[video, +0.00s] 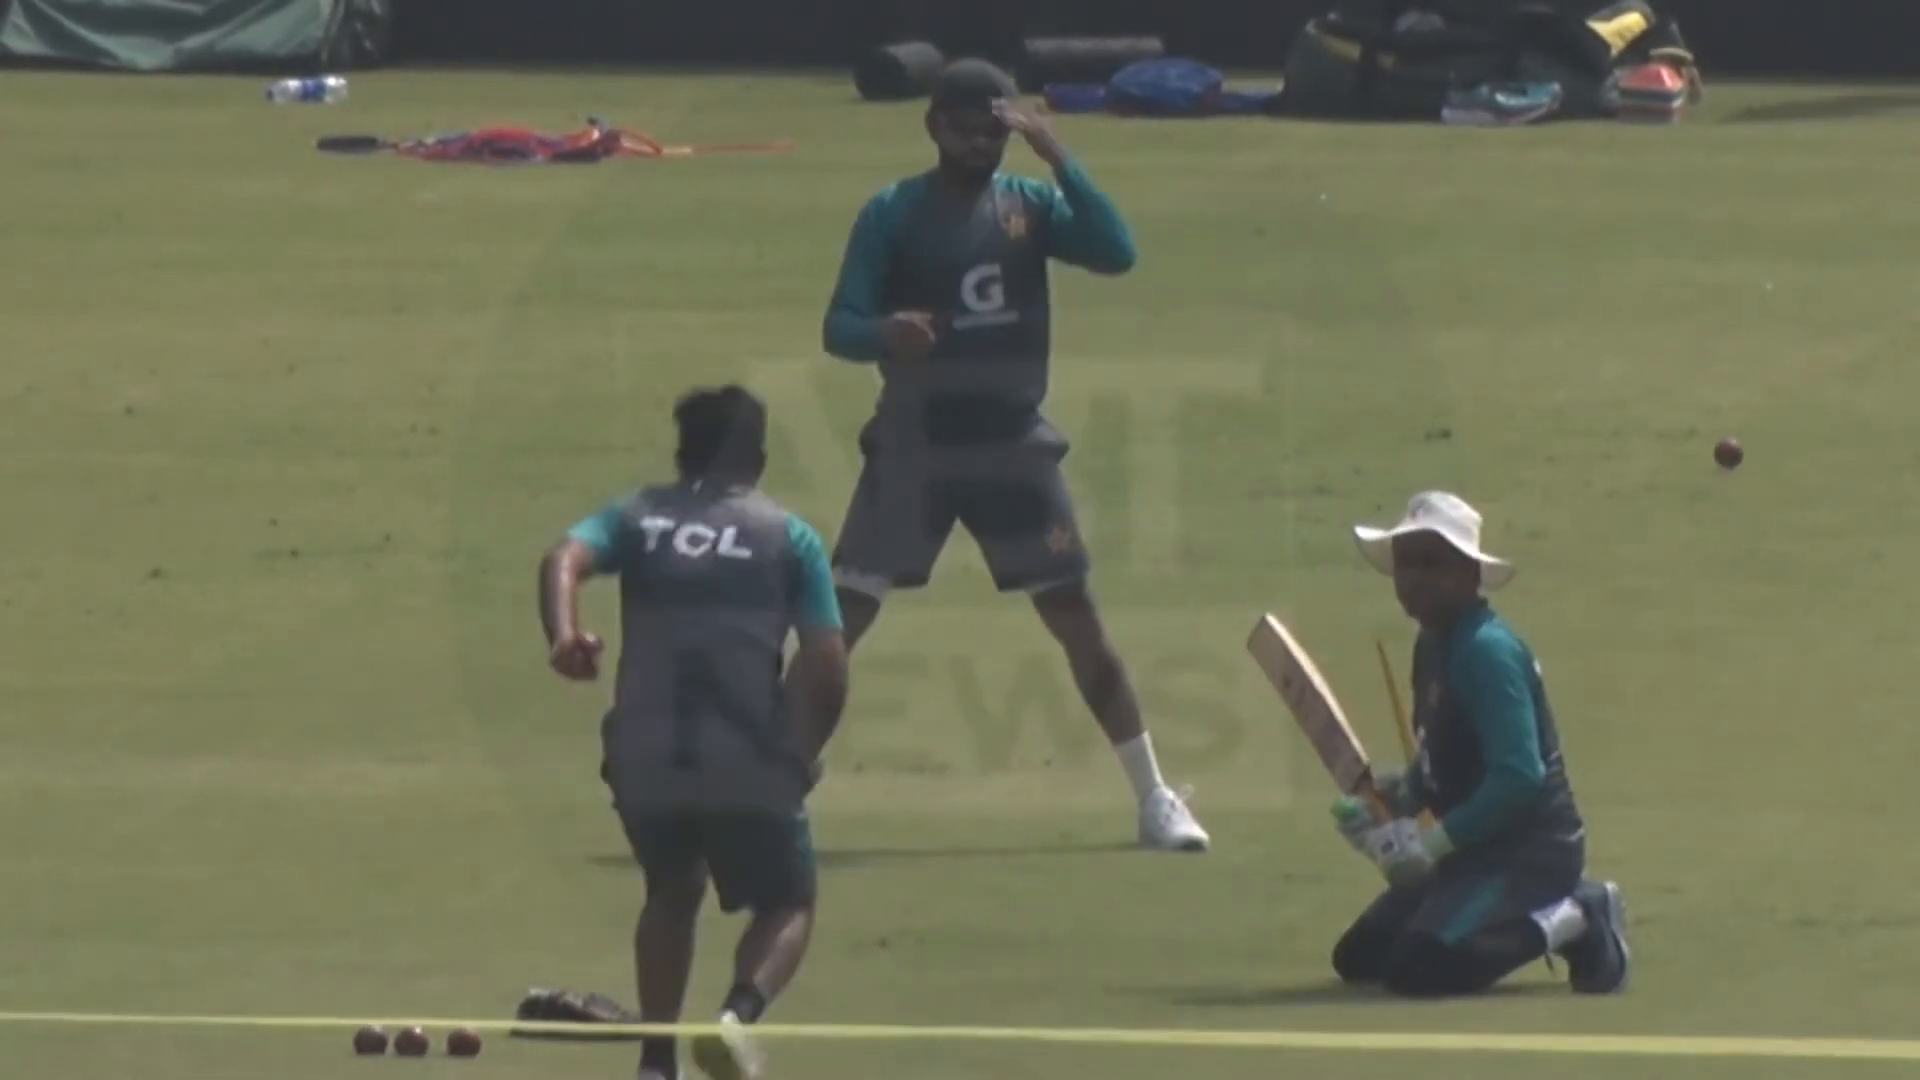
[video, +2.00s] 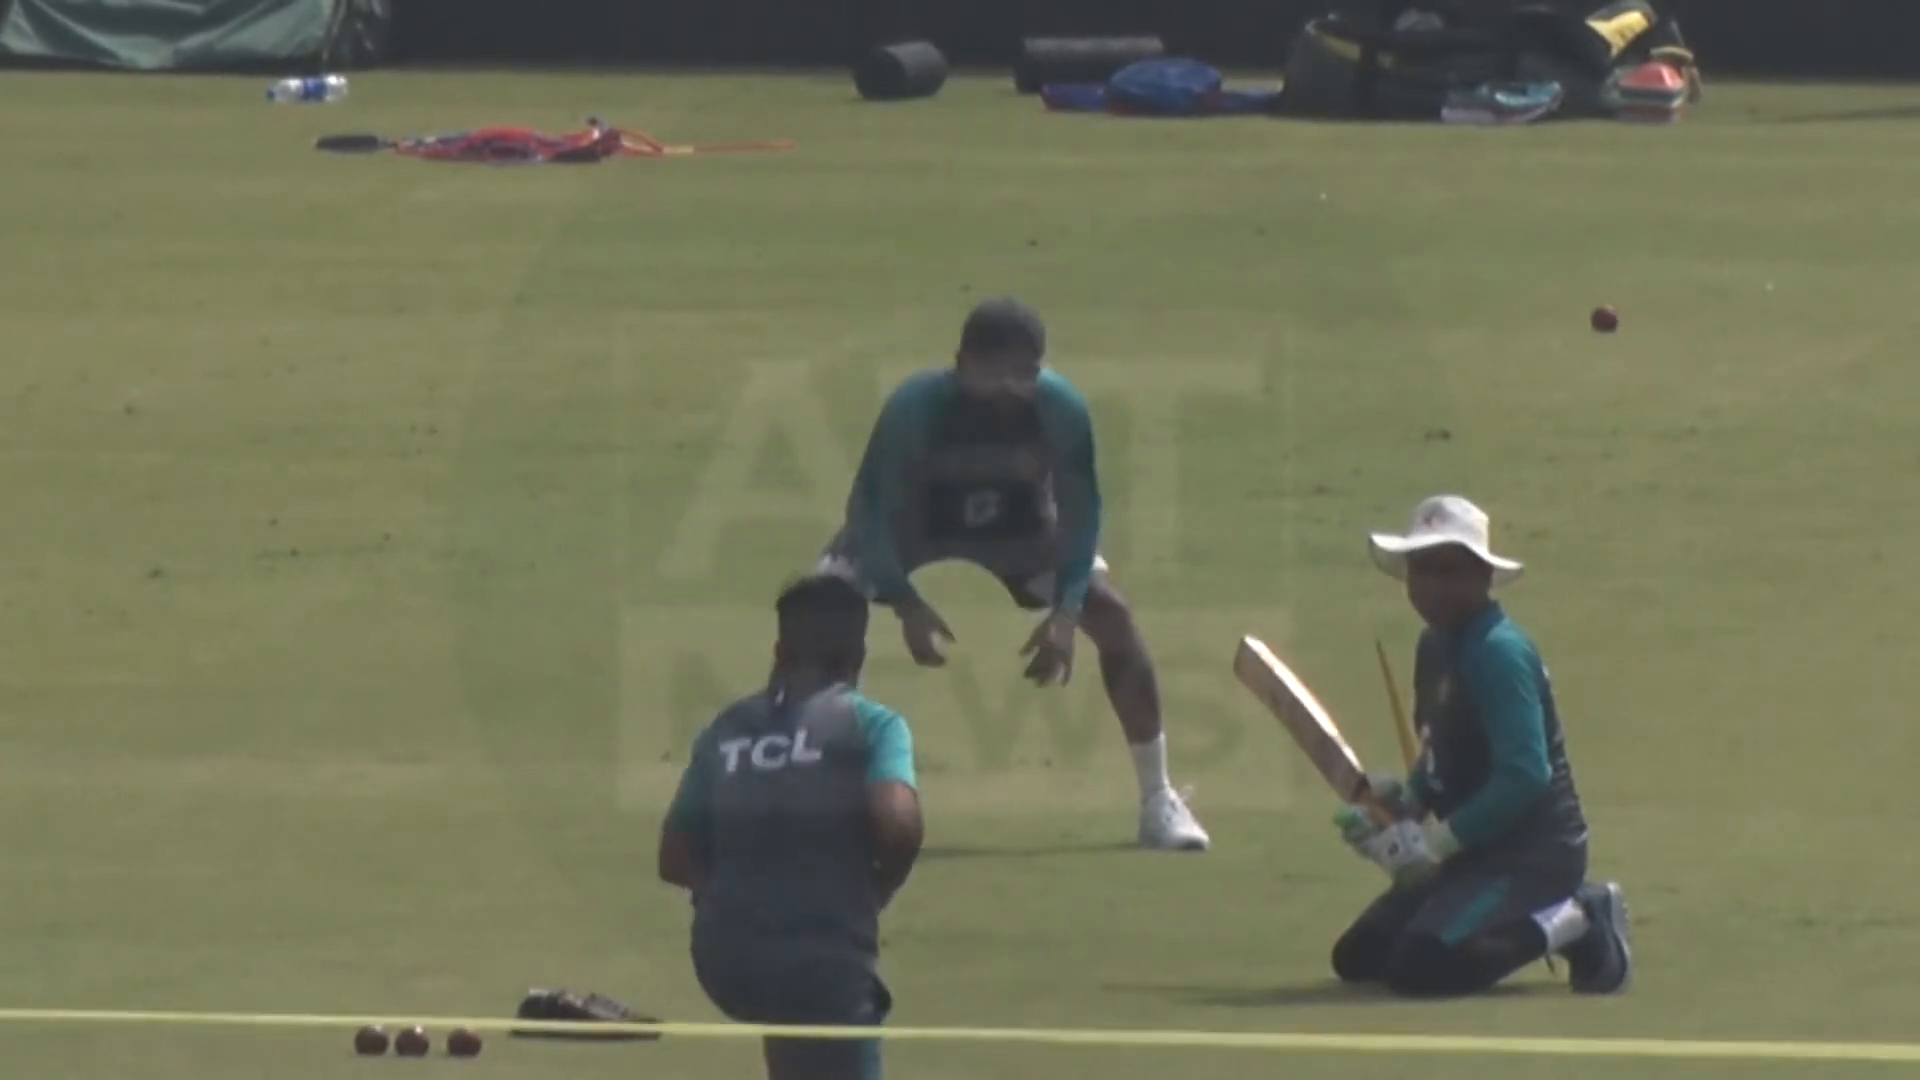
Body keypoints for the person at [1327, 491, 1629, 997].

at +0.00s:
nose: (1408, 579)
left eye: (1428, 564)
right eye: (1402, 564)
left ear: (1467, 573)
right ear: (1392, 571)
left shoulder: (1487, 650)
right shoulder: (1434, 645)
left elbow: (1520, 777)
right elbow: (1444, 759)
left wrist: (1432, 844)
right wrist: (1397, 800)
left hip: (1530, 856)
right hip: (1480, 848)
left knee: (1415, 970)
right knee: (1358, 958)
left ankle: (1578, 918)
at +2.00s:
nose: (1421, 586)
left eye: (1439, 570)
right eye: (1415, 570)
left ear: (1477, 578)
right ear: (1406, 574)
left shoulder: (1499, 651)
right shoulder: (1435, 646)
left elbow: (1526, 776)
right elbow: (1445, 756)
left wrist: (1438, 842)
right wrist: (1403, 803)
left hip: (1535, 856)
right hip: (1482, 848)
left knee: (1416, 969)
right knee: (1357, 957)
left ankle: (1580, 920)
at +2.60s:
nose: (1417, 590)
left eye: (1436, 575)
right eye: (1410, 576)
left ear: (1473, 582)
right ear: (1398, 580)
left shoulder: (1494, 655)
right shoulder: (1434, 648)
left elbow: (1516, 781)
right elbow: (1453, 779)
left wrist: (1429, 842)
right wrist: (1406, 803)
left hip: (1532, 857)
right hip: (1478, 850)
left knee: (1416, 969)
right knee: (1357, 958)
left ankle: (1579, 919)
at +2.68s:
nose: (1416, 590)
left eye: (1435, 575)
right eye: (1409, 575)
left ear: (1473, 581)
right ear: (1398, 581)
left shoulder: (1493, 655)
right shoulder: (1434, 647)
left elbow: (1512, 786)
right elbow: (1453, 778)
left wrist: (1428, 838)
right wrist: (1405, 798)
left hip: (1533, 857)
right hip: (1479, 850)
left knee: (1416, 969)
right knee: (1357, 958)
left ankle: (1580, 919)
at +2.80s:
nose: (1418, 587)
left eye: (1436, 571)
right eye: (1409, 573)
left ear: (1473, 578)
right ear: (1397, 579)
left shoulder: (1493, 653)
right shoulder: (1434, 646)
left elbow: (1499, 783)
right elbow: (1450, 767)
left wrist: (1409, 819)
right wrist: (1399, 776)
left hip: (1528, 860)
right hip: (1469, 856)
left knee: (1416, 970)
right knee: (1357, 959)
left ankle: (1578, 919)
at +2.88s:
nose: (1414, 586)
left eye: (1432, 570)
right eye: (1407, 571)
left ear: (1470, 576)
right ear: (1396, 576)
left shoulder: (1492, 650)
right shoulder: (1434, 642)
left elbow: (1483, 780)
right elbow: (1443, 757)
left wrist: (1395, 797)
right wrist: (1388, 758)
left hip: (1524, 859)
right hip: (1466, 853)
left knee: (1415, 970)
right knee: (1356, 959)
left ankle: (1577, 920)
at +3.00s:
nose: (1414, 582)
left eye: (1431, 566)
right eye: (1406, 567)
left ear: (1470, 572)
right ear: (1396, 572)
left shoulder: (1492, 640)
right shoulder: (1437, 637)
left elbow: (1448, 766)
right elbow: (1429, 736)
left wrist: (1363, 762)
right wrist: (1369, 720)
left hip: (1520, 857)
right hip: (1463, 851)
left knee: (1415, 971)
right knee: (1356, 959)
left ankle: (1575, 918)